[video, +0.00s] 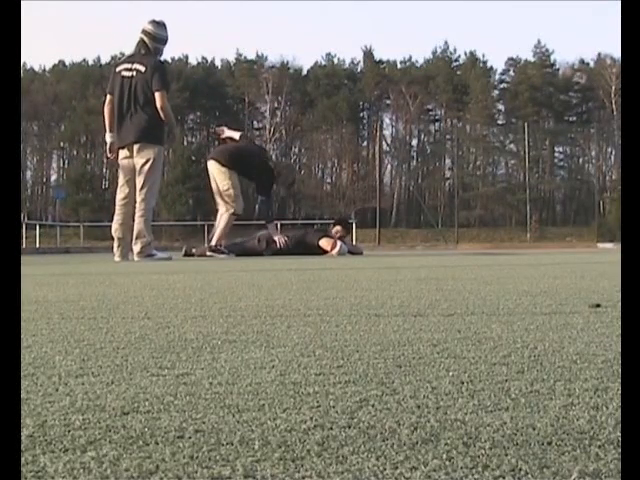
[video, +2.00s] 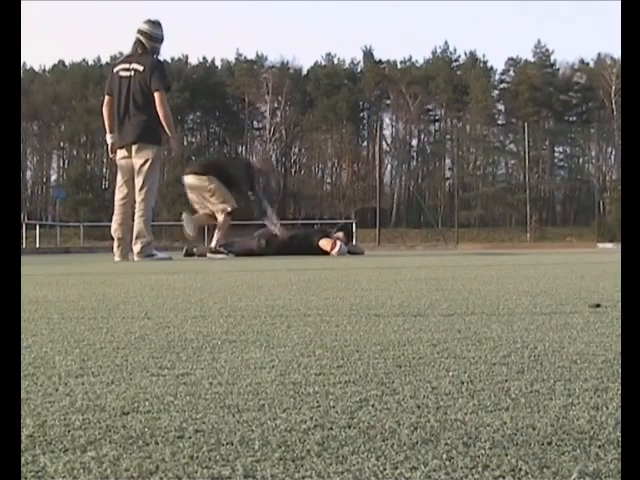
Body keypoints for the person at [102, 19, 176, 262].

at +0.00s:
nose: (163, 48)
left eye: (164, 44)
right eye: (163, 44)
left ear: (142, 38)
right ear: (159, 43)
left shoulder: (120, 65)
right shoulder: (156, 65)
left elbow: (109, 103)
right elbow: (160, 101)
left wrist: (110, 134)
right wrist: (172, 124)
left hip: (123, 137)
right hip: (148, 138)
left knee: (124, 196)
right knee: (145, 197)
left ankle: (119, 249)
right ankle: (142, 248)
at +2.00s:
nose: (160, 47)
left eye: (160, 43)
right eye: (159, 43)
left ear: (138, 38)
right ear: (155, 42)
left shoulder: (118, 65)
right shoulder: (153, 64)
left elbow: (107, 104)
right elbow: (159, 101)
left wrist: (110, 136)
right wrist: (172, 134)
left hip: (121, 138)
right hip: (147, 137)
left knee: (122, 196)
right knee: (144, 197)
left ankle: (119, 249)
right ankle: (142, 248)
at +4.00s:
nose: (148, 50)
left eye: (147, 46)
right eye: (148, 46)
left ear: (127, 41)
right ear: (146, 44)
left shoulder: (106, 66)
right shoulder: (149, 67)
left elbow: (97, 105)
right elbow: (156, 103)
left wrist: (97, 137)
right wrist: (162, 136)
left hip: (113, 138)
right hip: (140, 138)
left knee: (117, 196)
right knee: (143, 195)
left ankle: (119, 250)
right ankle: (142, 248)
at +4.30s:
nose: (148, 50)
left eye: (147, 46)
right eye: (148, 46)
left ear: (127, 41)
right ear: (145, 44)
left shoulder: (106, 66)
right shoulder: (149, 67)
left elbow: (97, 105)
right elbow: (156, 103)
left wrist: (97, 137)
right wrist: (162, 136)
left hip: (113, 138)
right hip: (140, 138)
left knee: (117, 196)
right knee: (143, 195)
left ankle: (119, 250)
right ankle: (142, 248)